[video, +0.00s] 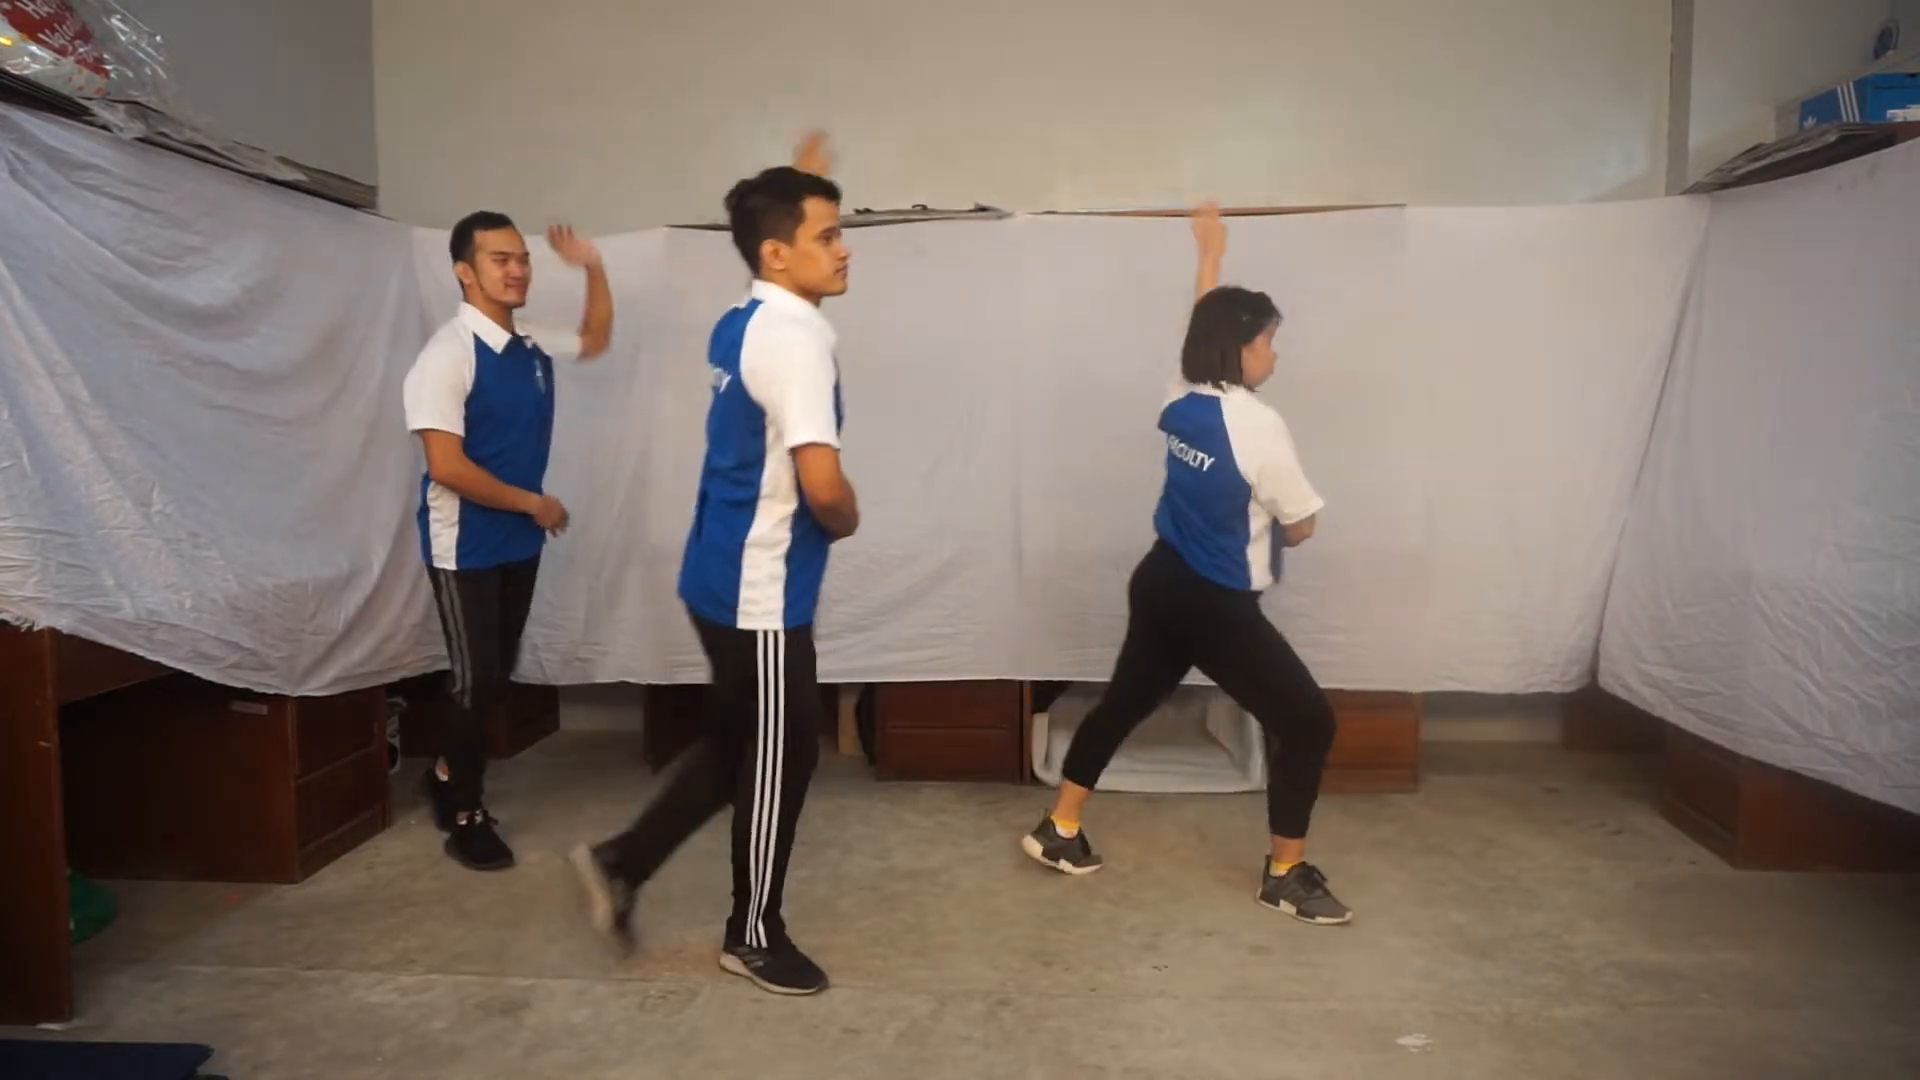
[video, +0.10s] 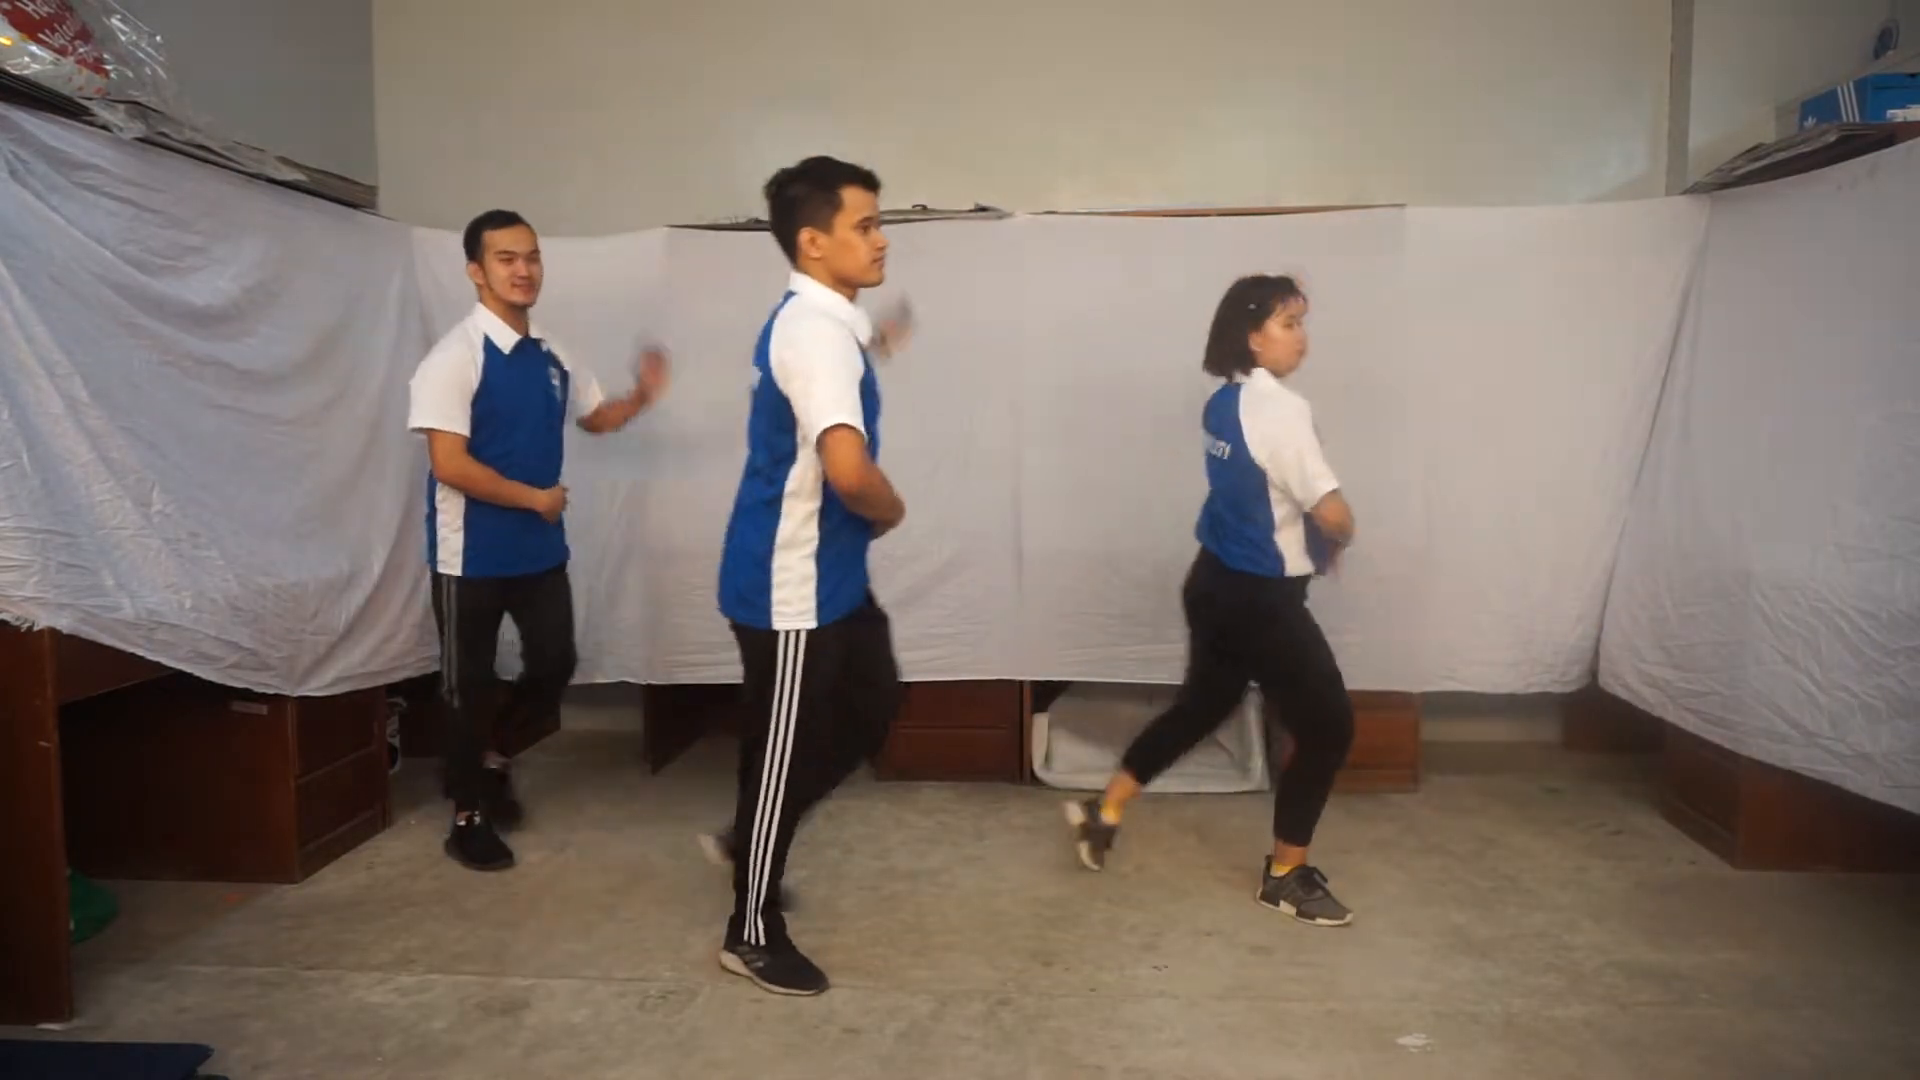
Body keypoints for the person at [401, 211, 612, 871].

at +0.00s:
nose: (518, 270)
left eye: (523, 259)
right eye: (502, 259)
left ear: (529, 270)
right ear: (465, 272)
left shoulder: (530, 348)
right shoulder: (446, 355)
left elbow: (594, 341)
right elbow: (445, 466)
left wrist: (593, 268)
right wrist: (532, 502)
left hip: (516, 543)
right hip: (462, 549)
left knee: (492, 678)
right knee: (476, 683)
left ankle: (448, 773)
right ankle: (468, 810)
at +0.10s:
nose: (524, 269)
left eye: (532, 258)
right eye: (508, 258)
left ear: (541, 267)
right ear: (476, 270)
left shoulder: (548, 354)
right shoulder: (454, 359)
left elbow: (595, 418)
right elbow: (448, 464)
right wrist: (533, 499)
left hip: (538, 552)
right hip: (470, 560)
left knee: (553, 665)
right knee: (470, 687)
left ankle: (492, 759)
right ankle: (468, 814)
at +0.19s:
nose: (538, 268)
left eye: (547, 257)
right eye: (522, 257)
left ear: (556, 266)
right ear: (491, 269)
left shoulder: (564, 357)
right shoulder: (468, 354)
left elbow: (590, 444)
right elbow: (458, 460)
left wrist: (641, 468)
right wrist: (543, 499)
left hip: (554, 548)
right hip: (482, 555)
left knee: (582, 658)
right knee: (475, 686)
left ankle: (559, 785)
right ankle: (468, 815)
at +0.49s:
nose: (605, 267)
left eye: (616, 256)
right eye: (590, 255)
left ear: (626, 265)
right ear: (561, 263)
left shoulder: (655, 351)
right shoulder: (525, 351)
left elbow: (692, 443)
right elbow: (496, 450)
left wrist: (674, 513)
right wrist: (578, 474)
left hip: (642, 557)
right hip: (566, 561)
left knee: (643, 688)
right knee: (564, 690)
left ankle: (639, 811)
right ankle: (566, 816)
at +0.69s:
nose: (648, 270)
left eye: (660, 259)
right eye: (633, 258)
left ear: (672, 269)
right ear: (607, 267)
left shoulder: (698, 353)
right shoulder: (569, 352)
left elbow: (740, 444)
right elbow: (534, 459)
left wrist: (732, 499)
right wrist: (543, 430)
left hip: (684, 554)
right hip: (602, 558)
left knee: (697, 678)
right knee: (598, 689)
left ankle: (719, 793)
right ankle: (605, 824)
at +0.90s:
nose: (698, 267)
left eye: (713, 256)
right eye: (685, 256)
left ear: (734, 266)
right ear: (670, 267)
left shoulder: (758, 352)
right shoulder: (646, 354)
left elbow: (764, 458)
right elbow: (573, 415)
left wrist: (664, 505)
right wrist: (565, 329)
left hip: (748, 564)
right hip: (672, 562)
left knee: (768, 694)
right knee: (643, 689)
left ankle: (807, 828)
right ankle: (613, 823)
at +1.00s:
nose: (696, 267)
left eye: (709, 256)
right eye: (694, 256)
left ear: (750, 266)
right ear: (700, 267)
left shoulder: (771, 348)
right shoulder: (695, 344)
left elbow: (754, 459)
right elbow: (631, 359)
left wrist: (673, 494)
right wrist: (620, 306)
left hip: (779, 558)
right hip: (713, 553)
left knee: (792, 696)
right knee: (687, 681)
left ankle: (809, 828)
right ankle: (714, 811)